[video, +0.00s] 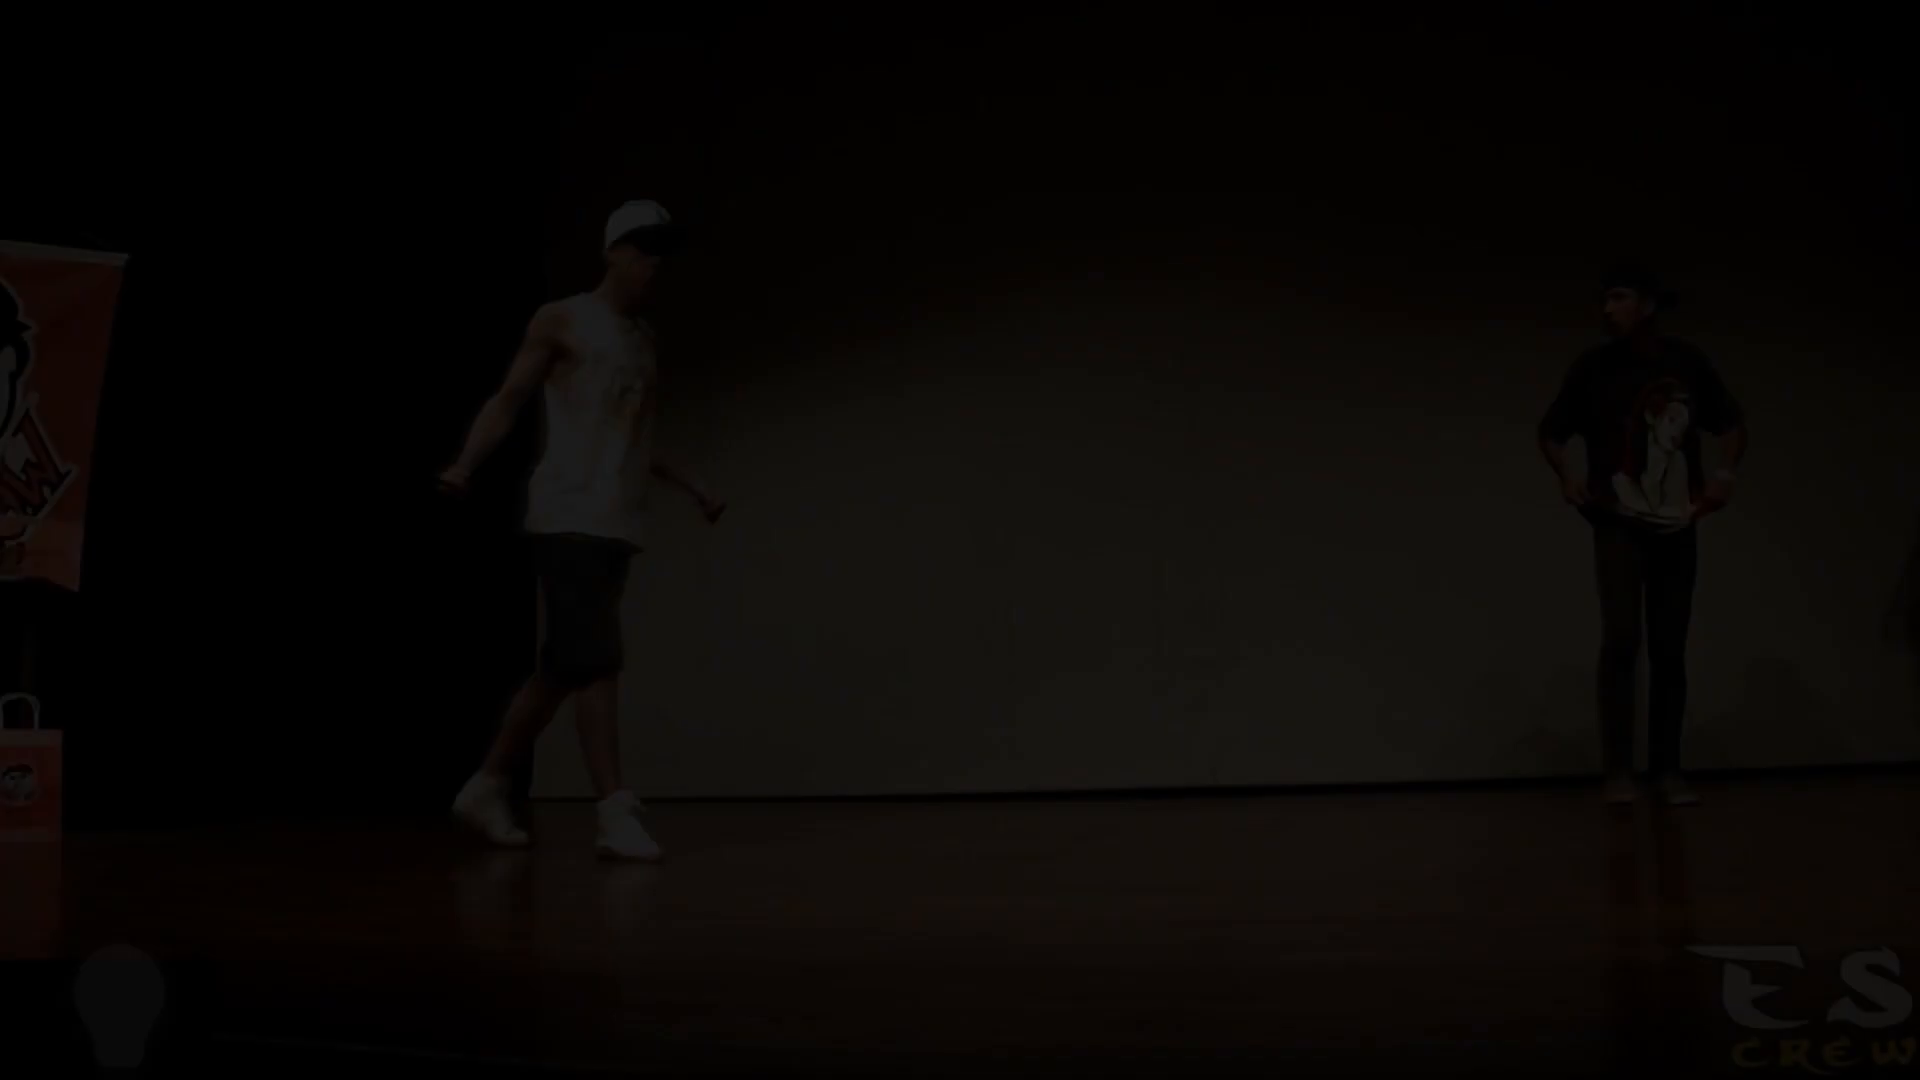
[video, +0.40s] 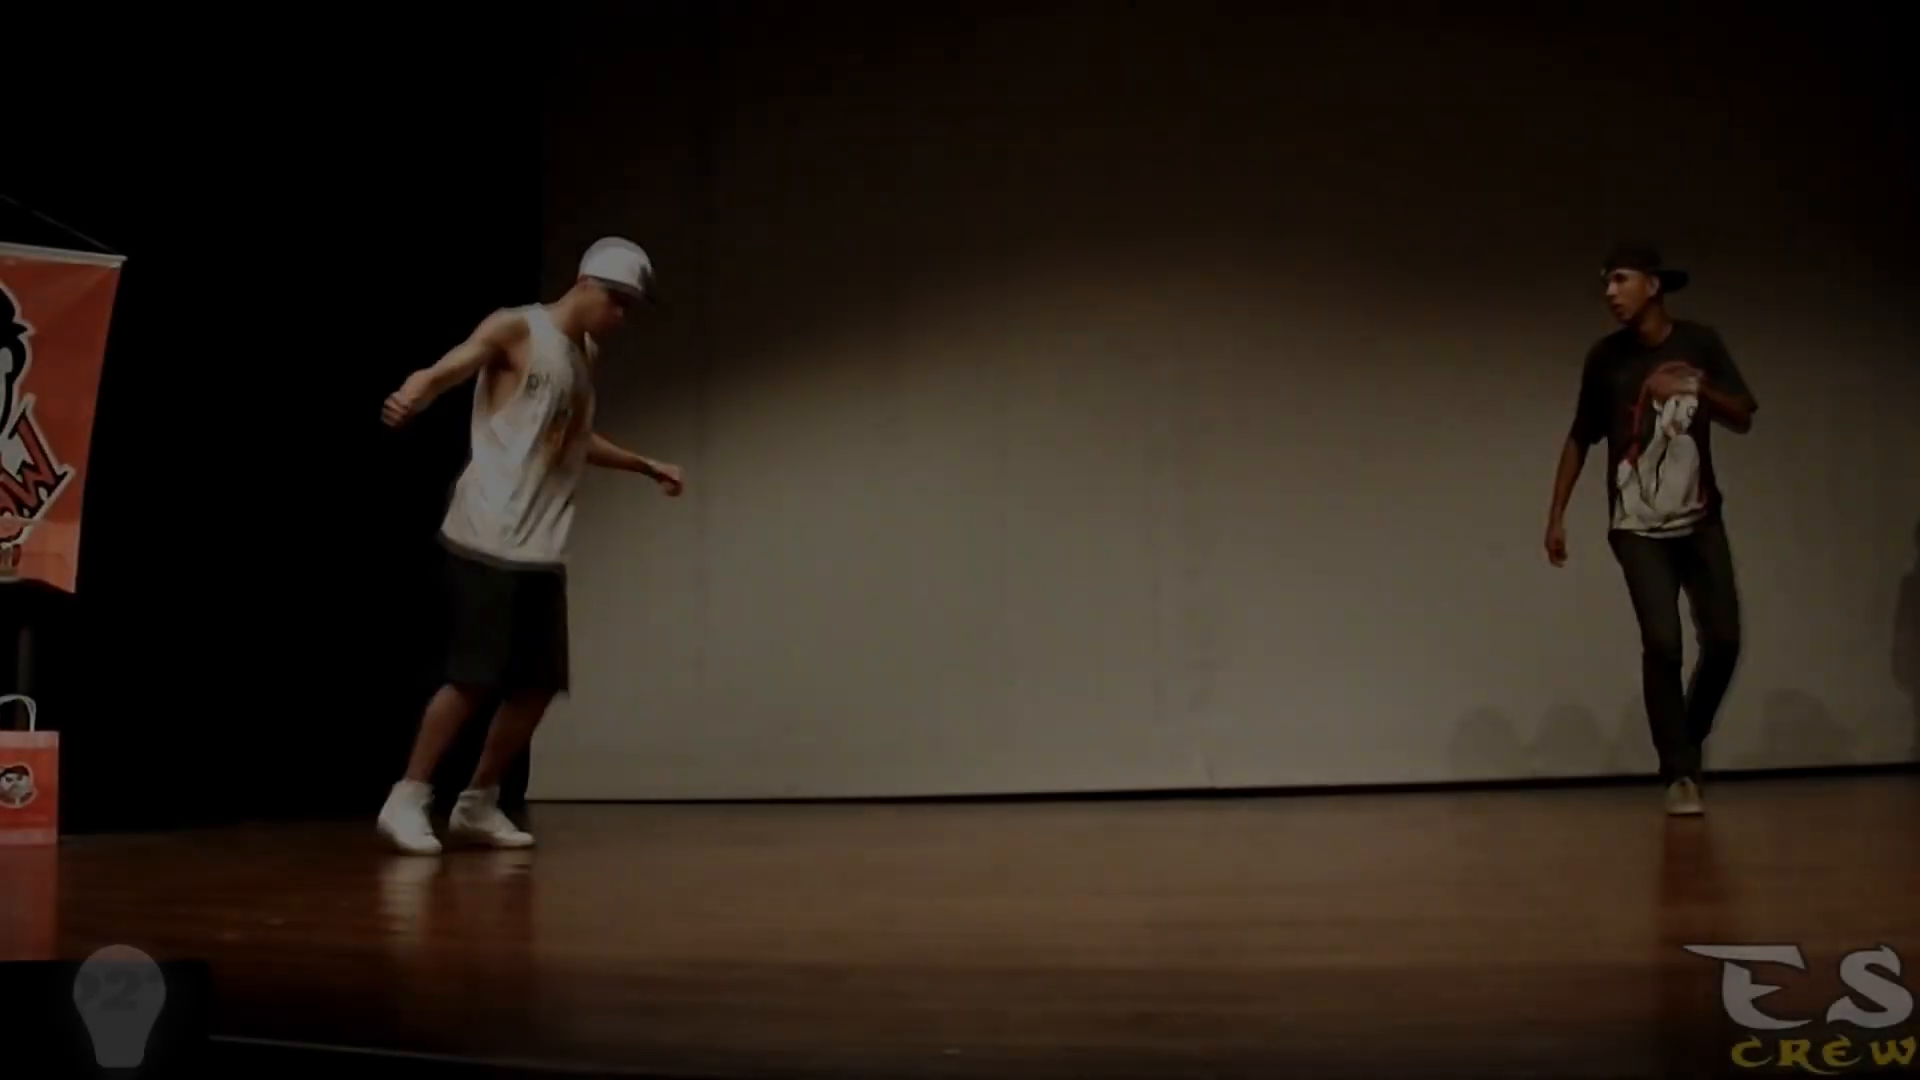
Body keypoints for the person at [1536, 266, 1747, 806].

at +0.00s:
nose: (1613, 311)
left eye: (1622, 300)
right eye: (1610, 301)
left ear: (1646, 305)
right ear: (1608, 309)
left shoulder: (1684, 362)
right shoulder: (1596, 365)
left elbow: (1728, 429)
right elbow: (1552, 434)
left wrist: (1717, 487)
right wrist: (1573, 490)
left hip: (1674, 524)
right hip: (1615, 525)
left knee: (1668, 648)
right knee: (1620, 644)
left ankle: (1666, 770)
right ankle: (1618, 770)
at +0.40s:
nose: (1610, 292)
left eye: (1620, 281)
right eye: (1608, 283)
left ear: (1653, 286)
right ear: (1615, 293)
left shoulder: (1698, 343)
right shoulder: (1605, 357)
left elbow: (1743, 414)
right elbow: (1579, 438)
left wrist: (1698, 391)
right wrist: (1555, 516)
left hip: (1698, 520)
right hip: (1636, 526)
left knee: (1723, 641)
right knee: (1663, 645)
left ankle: (1686, 748)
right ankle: (1678, 777)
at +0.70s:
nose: (1624, 276)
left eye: (1635, 264)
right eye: (1621, 266)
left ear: (1669, 267)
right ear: (1622, 276)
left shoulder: (1710, 325)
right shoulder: (1617, 343)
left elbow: (1759, 333)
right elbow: (1585, 421)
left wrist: (1705, 266)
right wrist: (1555, 480)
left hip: (1714, 507)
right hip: (1648, 519)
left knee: (1753, 630)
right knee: (1666, 646)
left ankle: (1795, 770)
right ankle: (1677, 779)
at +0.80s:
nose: (1636, 273)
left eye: (1646, 261)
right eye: (1631, 264)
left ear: (1679, 263)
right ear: (1632, 273)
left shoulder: (1720, 322)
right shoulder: (1628, 339)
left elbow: (1757, 312)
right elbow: (1595, 419)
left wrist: (1708, 249)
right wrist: (1563, 470)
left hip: (1724, 507)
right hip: (1658, 518)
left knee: (1756, 635)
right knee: (1671, 649)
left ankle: (1798, 771)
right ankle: (1677, 780)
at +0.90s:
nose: (1648, 268)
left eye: (1658, 255)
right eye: (1642, 259)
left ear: (1692, 257)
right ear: (1642, 269)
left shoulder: (1733, 319)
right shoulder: (1642, 333)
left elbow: (1763, 290)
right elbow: (1609, 416)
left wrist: (1717, 233)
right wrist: (1574, 468)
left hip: (1739, 502)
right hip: (1671, 512)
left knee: (1763, 633)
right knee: (1679, 645)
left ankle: (1792, 782)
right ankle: (1679, 778)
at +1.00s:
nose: (1660, 259)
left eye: (1670, 246)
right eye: (1655, 250)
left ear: (1706, 247)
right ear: (1656, 258)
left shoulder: (1748, 308)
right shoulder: (1656, 329)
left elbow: (1774, 270)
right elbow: (1627, 415)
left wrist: (1726, 214)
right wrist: (1594, 478)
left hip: (1756, 497)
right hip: (1686, 508)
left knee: (1776, 634)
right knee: (1679, 645)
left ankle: (1795, 783)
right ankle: (1678, 773)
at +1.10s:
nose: (1671, 247)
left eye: (1680, 233)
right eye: (1664, 238)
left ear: (1714, 236)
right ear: (1663, 246)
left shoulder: (1760, 298)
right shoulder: (1669, 320)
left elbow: (1783, 256)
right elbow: (1647, 415)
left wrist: (1729, 200)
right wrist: (1615, 488)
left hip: (1770, 494)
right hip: (1698, 504)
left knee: (1783, 634)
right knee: (1680, 636)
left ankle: (1795, 783)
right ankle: (1686, 755)